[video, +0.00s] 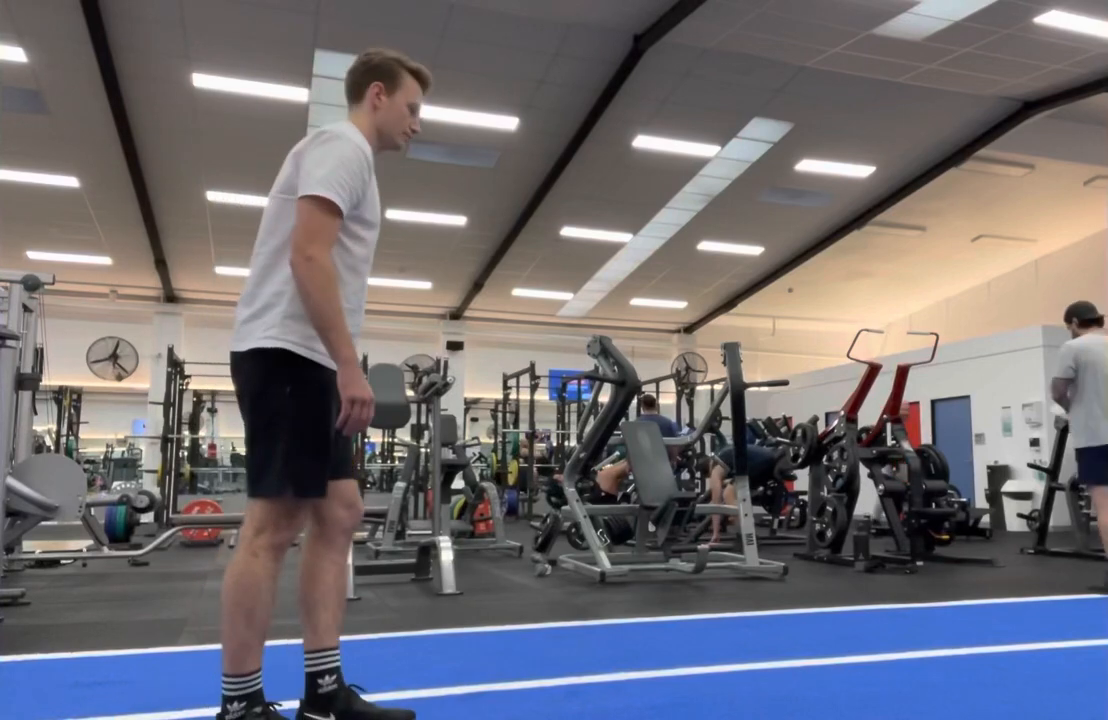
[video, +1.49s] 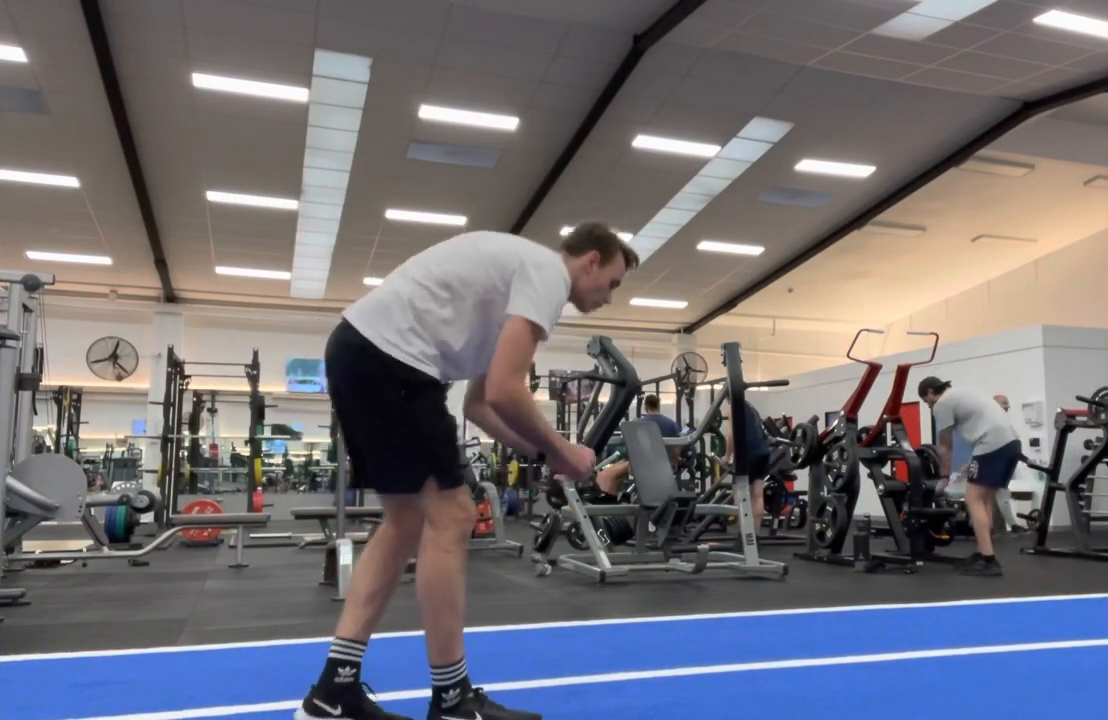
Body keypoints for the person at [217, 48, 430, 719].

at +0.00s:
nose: (418, 121)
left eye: (421, 110)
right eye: (413, 106)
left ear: (374, 99)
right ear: (376, 96)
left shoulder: (346, 155)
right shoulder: (341, 147)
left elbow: (305, 267)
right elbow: (309, 257)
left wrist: (340, 368)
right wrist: (350, 365)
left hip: (308, 358)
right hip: (286, 354)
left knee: (340, 513)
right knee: (271, 526)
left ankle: (324, 689)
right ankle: (240, 703)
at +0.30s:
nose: (483, 189)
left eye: (488, 179)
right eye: (482, 174)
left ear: (448, 155)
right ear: (453, 154)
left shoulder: (378, 179)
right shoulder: (408, 184)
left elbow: (328, 278)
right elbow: (354, 280)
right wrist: (360, 393)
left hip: (287, 355)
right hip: (315, 358)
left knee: (338, 521)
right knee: (391, 507)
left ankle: (320, 679)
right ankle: (318, 680)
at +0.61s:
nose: (532, 317)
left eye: (539, 308)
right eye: (536, 303)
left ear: (508, 281)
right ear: (513, 279)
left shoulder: (453, 286)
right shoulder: (460, 289)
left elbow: (385, 392)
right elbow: (396, 393)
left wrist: (369, 500)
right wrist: (368, 505)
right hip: (300, 361)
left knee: (351, 523)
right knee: (370, 527)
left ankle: (327, 692)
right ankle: (432, 691)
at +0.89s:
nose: (538, 414)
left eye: (548, 406)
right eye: (546, 400)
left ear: (527, 366)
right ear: (531, 370)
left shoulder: (470, 361)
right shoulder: (485, 362)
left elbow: (415, 489)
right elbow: (433, 493)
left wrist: (396, 604)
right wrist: (423, 616)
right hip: (306, 359)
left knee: (353, 529)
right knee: (364, 531)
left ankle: (327, 693)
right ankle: (431, 693)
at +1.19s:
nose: (557, 403)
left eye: (567, 399)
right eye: (565, 392)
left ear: (547, 361)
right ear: (551, 363)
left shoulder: (484, 366)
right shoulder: (506, 352)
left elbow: (472, 498)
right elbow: (501, 492)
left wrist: (524, 586)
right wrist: (557, 587)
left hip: (314, 350)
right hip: (327, 354)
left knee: (363, 526)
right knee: (386, 525)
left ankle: (329, 691)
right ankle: (438, 695)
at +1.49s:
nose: (607, 297)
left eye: (614, 289)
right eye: (611, 283)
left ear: (584, 260)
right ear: (590, 260)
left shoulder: (525, 273)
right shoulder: (546, 273)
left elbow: (478, 404)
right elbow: (505, 390)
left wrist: (542, 450)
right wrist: (561, 449)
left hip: (363, 349)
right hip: (394, 360)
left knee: (404, 519)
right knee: (451, 517)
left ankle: (337, 684)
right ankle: (453, 699)